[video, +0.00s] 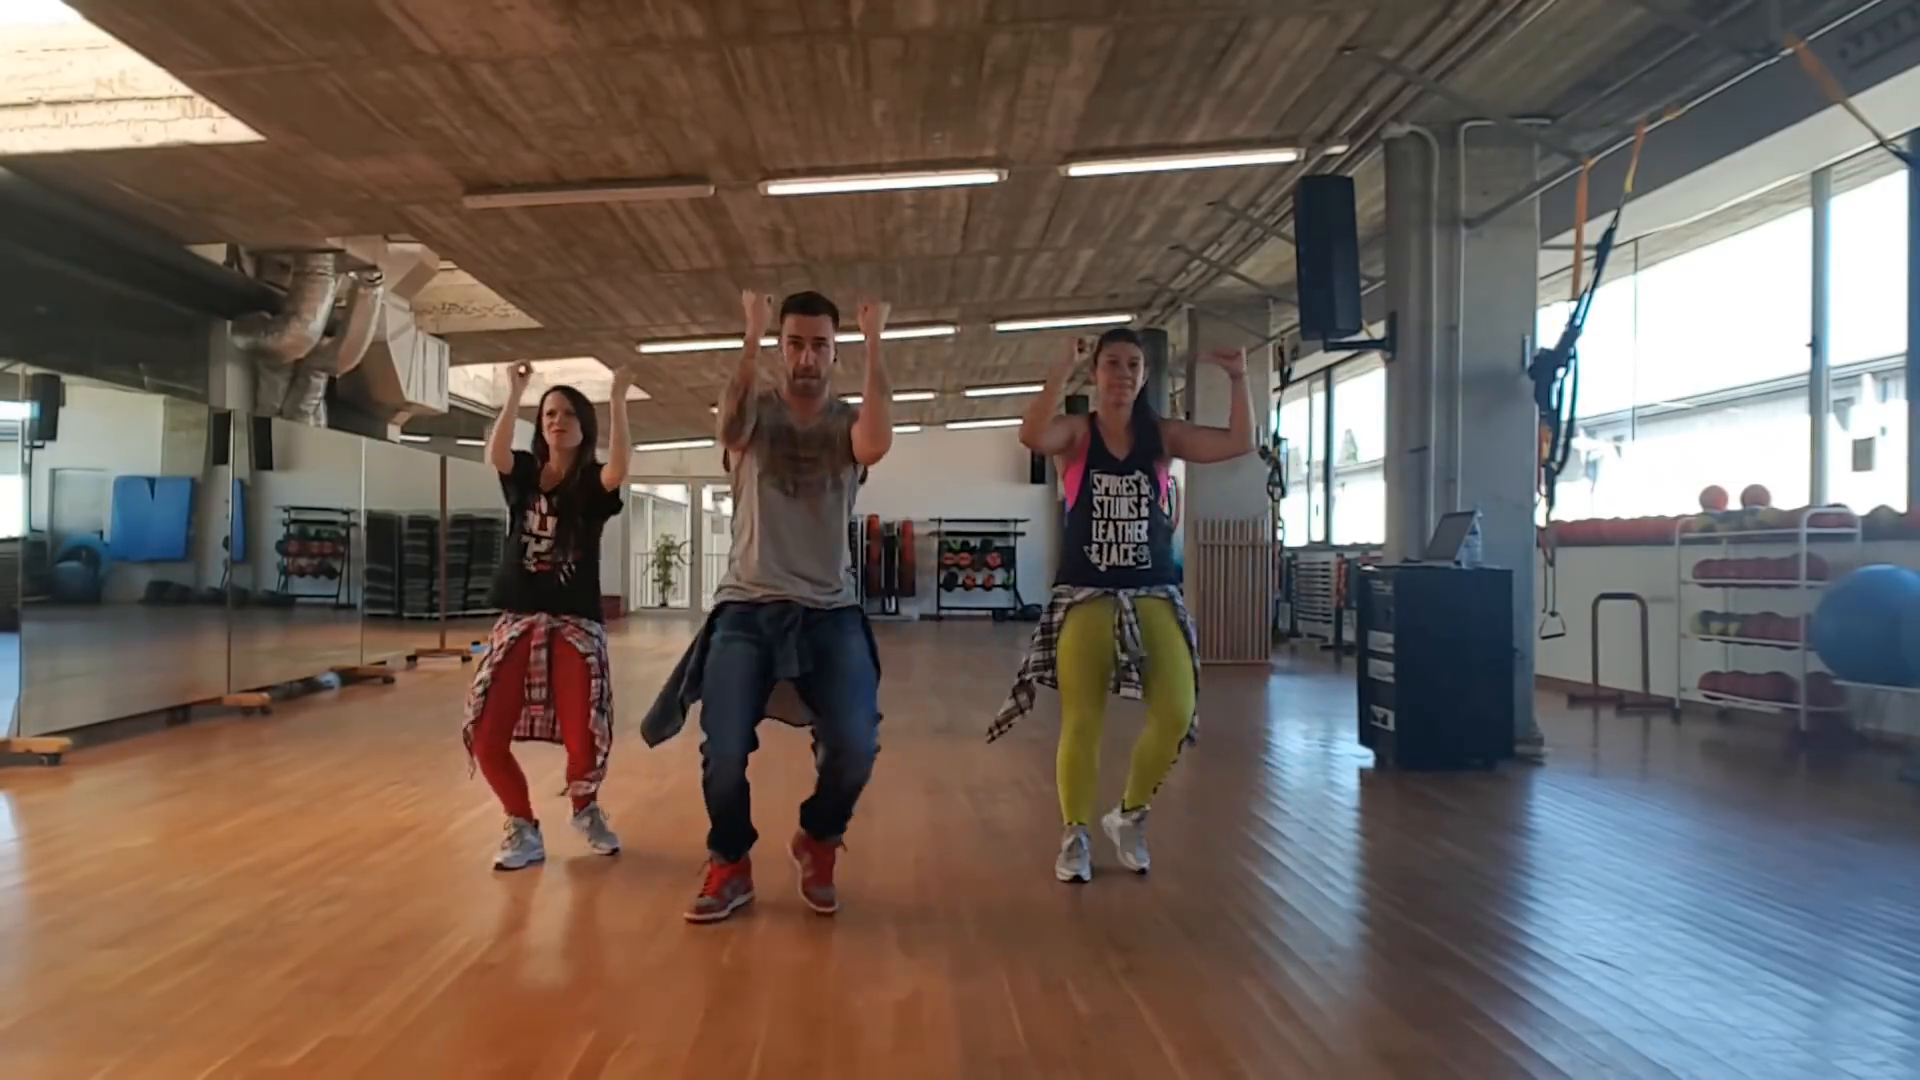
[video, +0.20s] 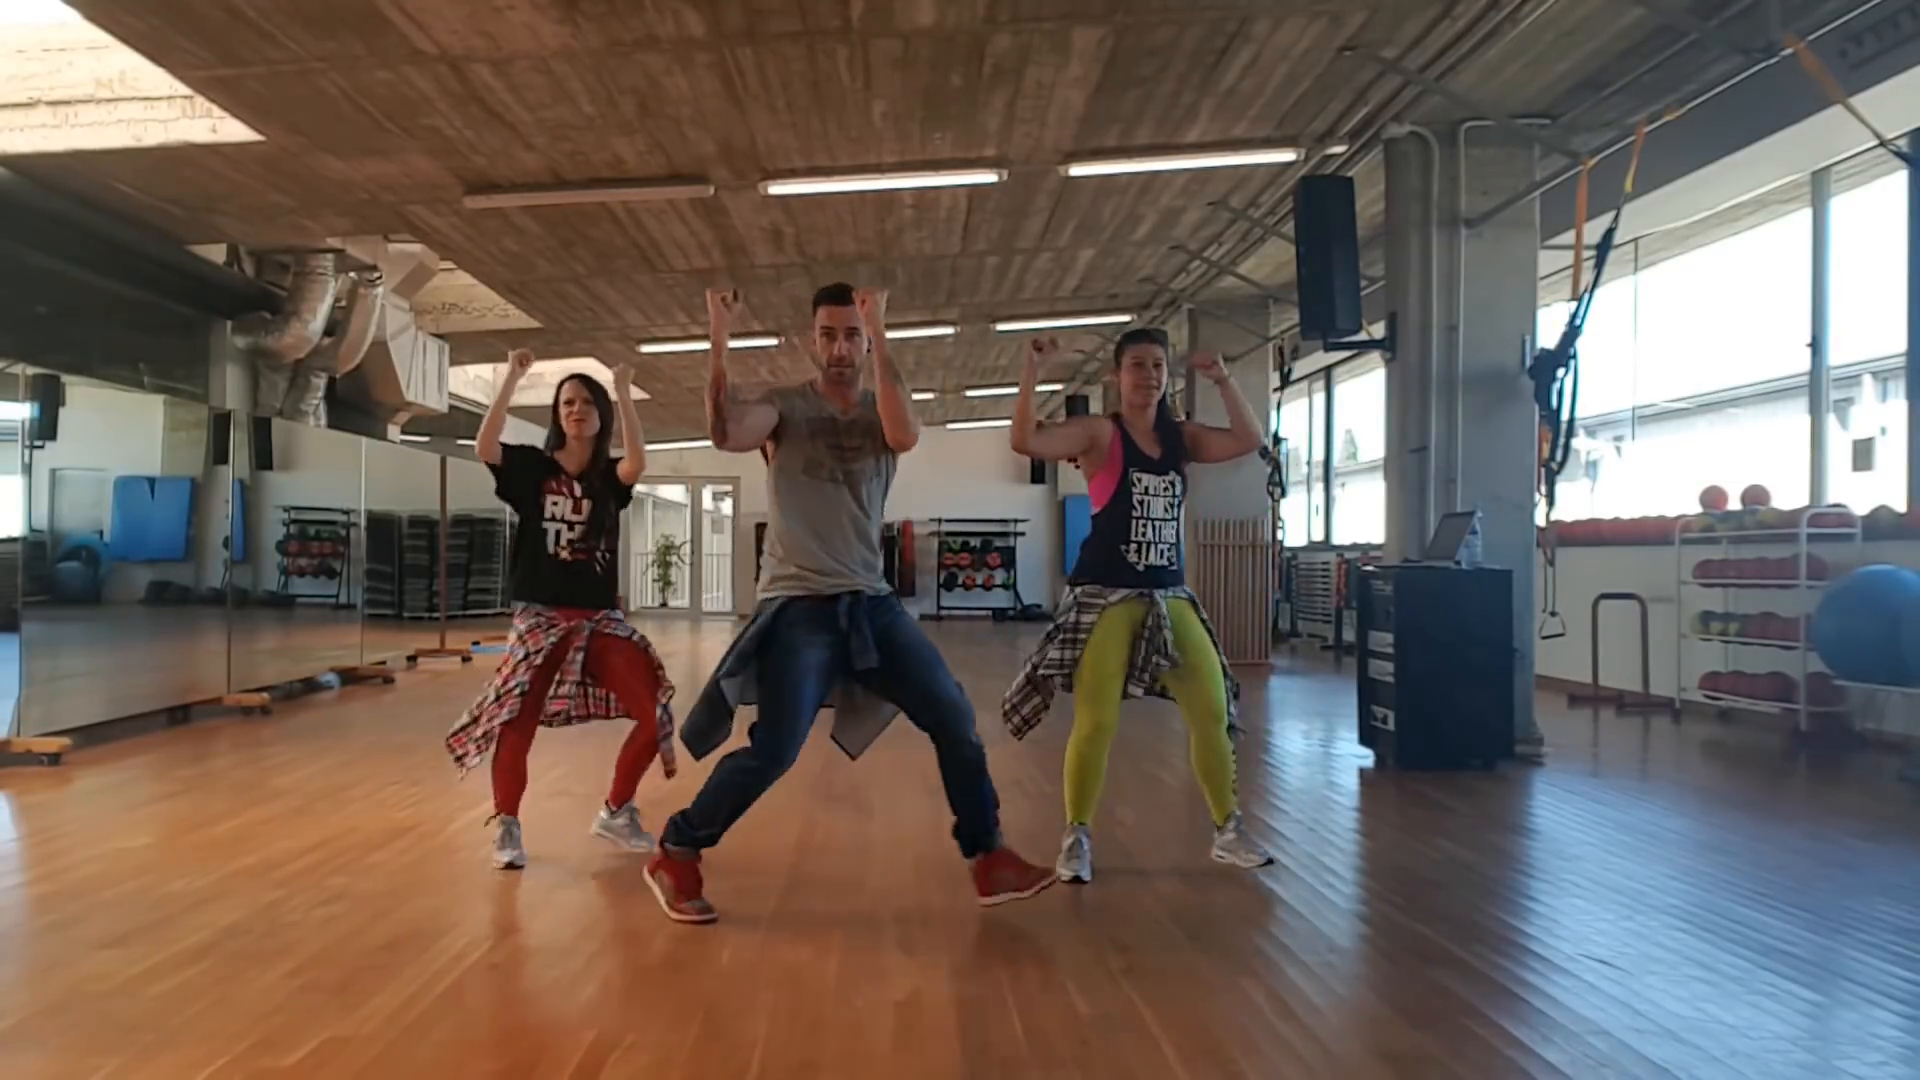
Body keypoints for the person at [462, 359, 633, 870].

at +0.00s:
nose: (558, 421)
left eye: (567, 414)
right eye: (549, 415)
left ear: (586, 425)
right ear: (539, 426)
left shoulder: (594, 484)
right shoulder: (525, 474)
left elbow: (619, 470)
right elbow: (497, 454)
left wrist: (616, 403)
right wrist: (514, 395)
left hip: (575, 617)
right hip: (518, 615)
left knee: (582, 727)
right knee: (487, 738)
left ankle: (586, 810)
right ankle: (524, 831)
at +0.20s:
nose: (576, 411)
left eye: (585, 404)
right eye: (567, 405)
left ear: (602, 415)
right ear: (556, 415)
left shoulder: (609, 475)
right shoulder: (531, 466)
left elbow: (635, 462)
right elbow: (486, 447)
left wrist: (622, 394)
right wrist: (511, 379)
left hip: (601, 617)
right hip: (541, 616)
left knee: (654, 714)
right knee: (518, 720)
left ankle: (617, 813)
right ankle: (507, 825)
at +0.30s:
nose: (590, 413)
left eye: (599, 406)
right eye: (579, 407)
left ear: (614, 417)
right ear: (569, 418)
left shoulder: (628, 475)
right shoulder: (546, 472)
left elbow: (649, 463)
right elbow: (497, 462)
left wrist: (635, 398)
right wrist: (521, 392)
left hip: (619, 623)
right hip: (562, 624)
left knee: (677, 707)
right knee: (547, 736)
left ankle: (668, 831)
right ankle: (493, 819)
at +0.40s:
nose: (607, 420)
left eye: (615, 412)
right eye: (597, 413)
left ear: (631, 422)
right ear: (585, 425)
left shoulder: (645, 479)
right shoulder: (569, 480)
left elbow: (666, 465)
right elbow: (525, 476)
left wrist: (647, 402)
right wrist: (544, 405)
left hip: (651, 626)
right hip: (595, 631)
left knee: (703, 722)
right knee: (559, 732)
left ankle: (681, 837)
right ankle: (490, 817)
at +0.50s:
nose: (623, 416)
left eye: (631, 409)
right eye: (613, 411)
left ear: (648, 420)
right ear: (604, 425)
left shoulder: (664, 473)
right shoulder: (591, 477)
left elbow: (688, 459)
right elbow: (546, 470)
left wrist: (662, 396)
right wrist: (563, 402)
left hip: (678, 618)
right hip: (621, 624)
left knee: (716, 725)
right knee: (591, 733)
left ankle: (682, 831)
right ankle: (515, 806)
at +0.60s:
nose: (633, 402)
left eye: (642, 395)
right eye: (624, 397)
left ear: (660, 407)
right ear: (615, 412)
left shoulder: (679, 460)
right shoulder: (603, 468)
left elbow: (705, 442)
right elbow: (547, 449)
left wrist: (677, 388)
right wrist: (567, 385)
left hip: (692, 607)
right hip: (634, 610)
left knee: (712, 721)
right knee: (611, 714)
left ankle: (683, 828)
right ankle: (593, 788)